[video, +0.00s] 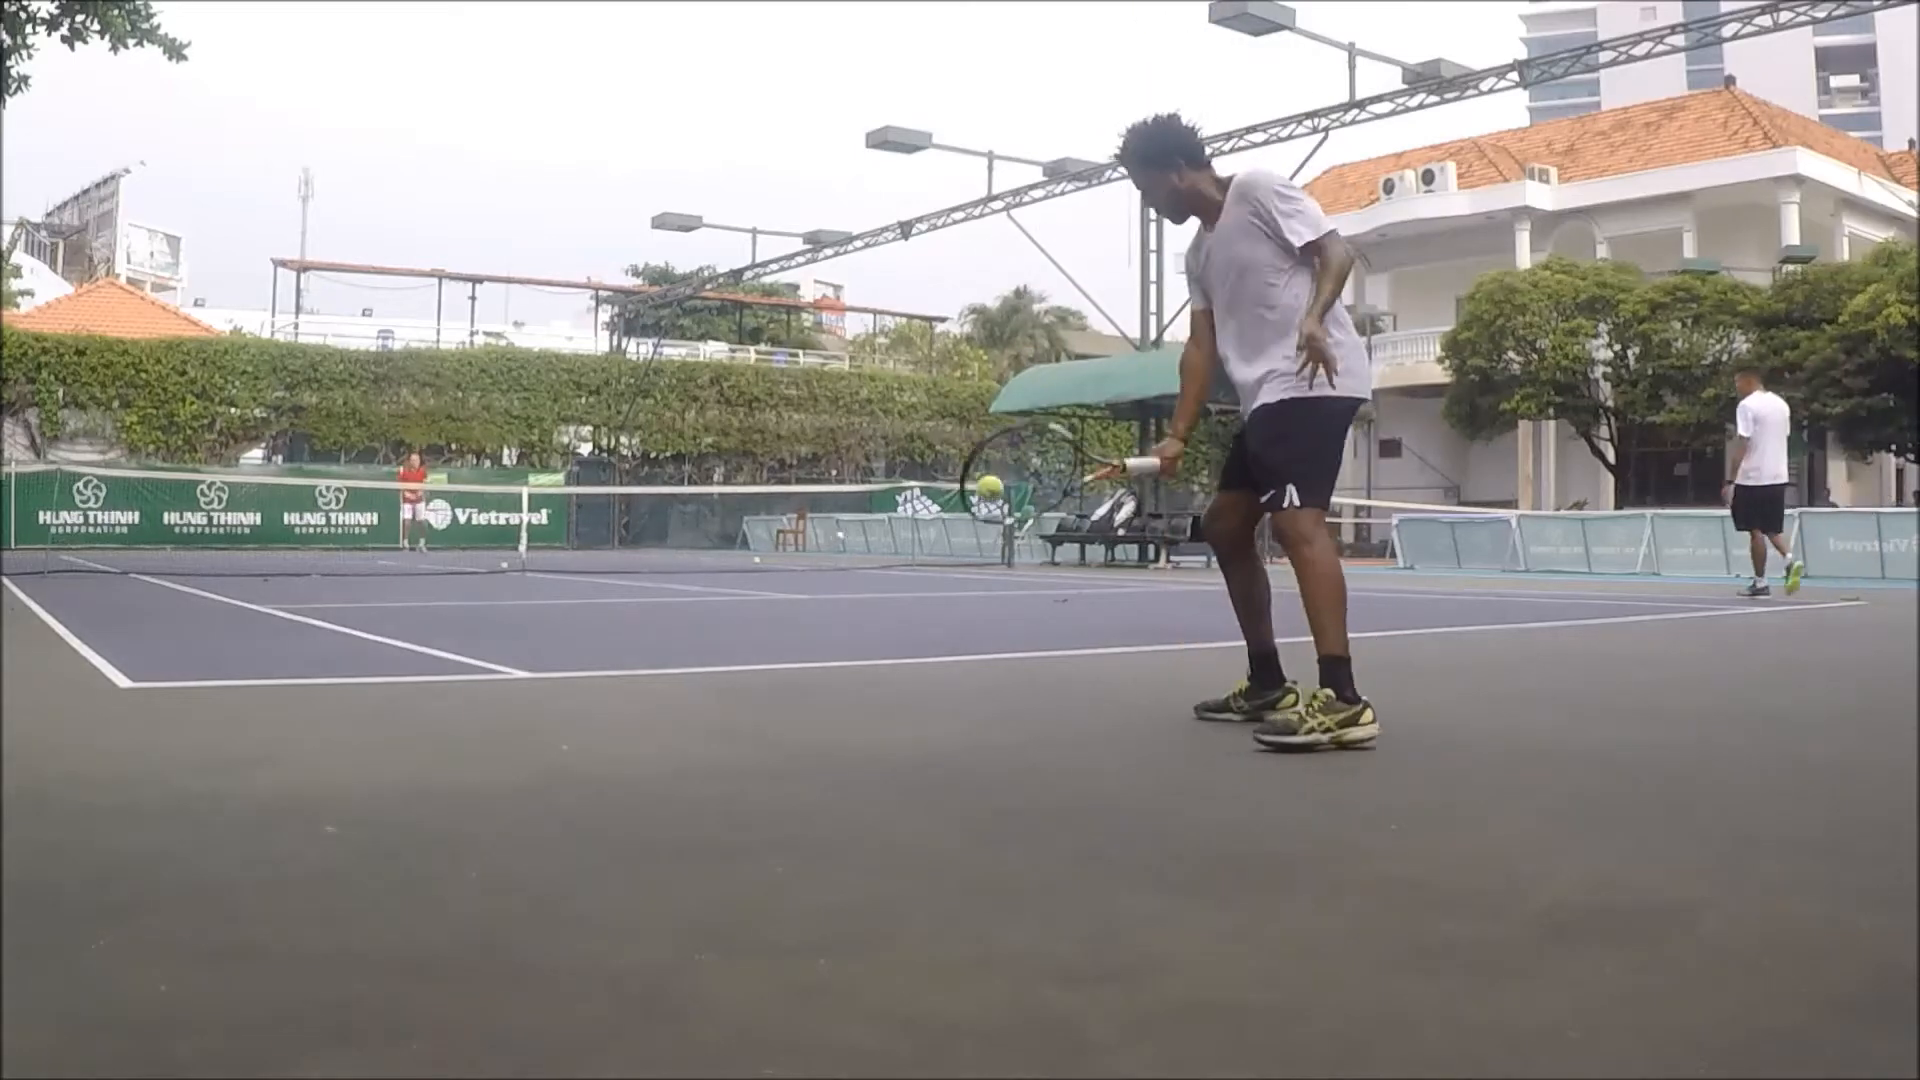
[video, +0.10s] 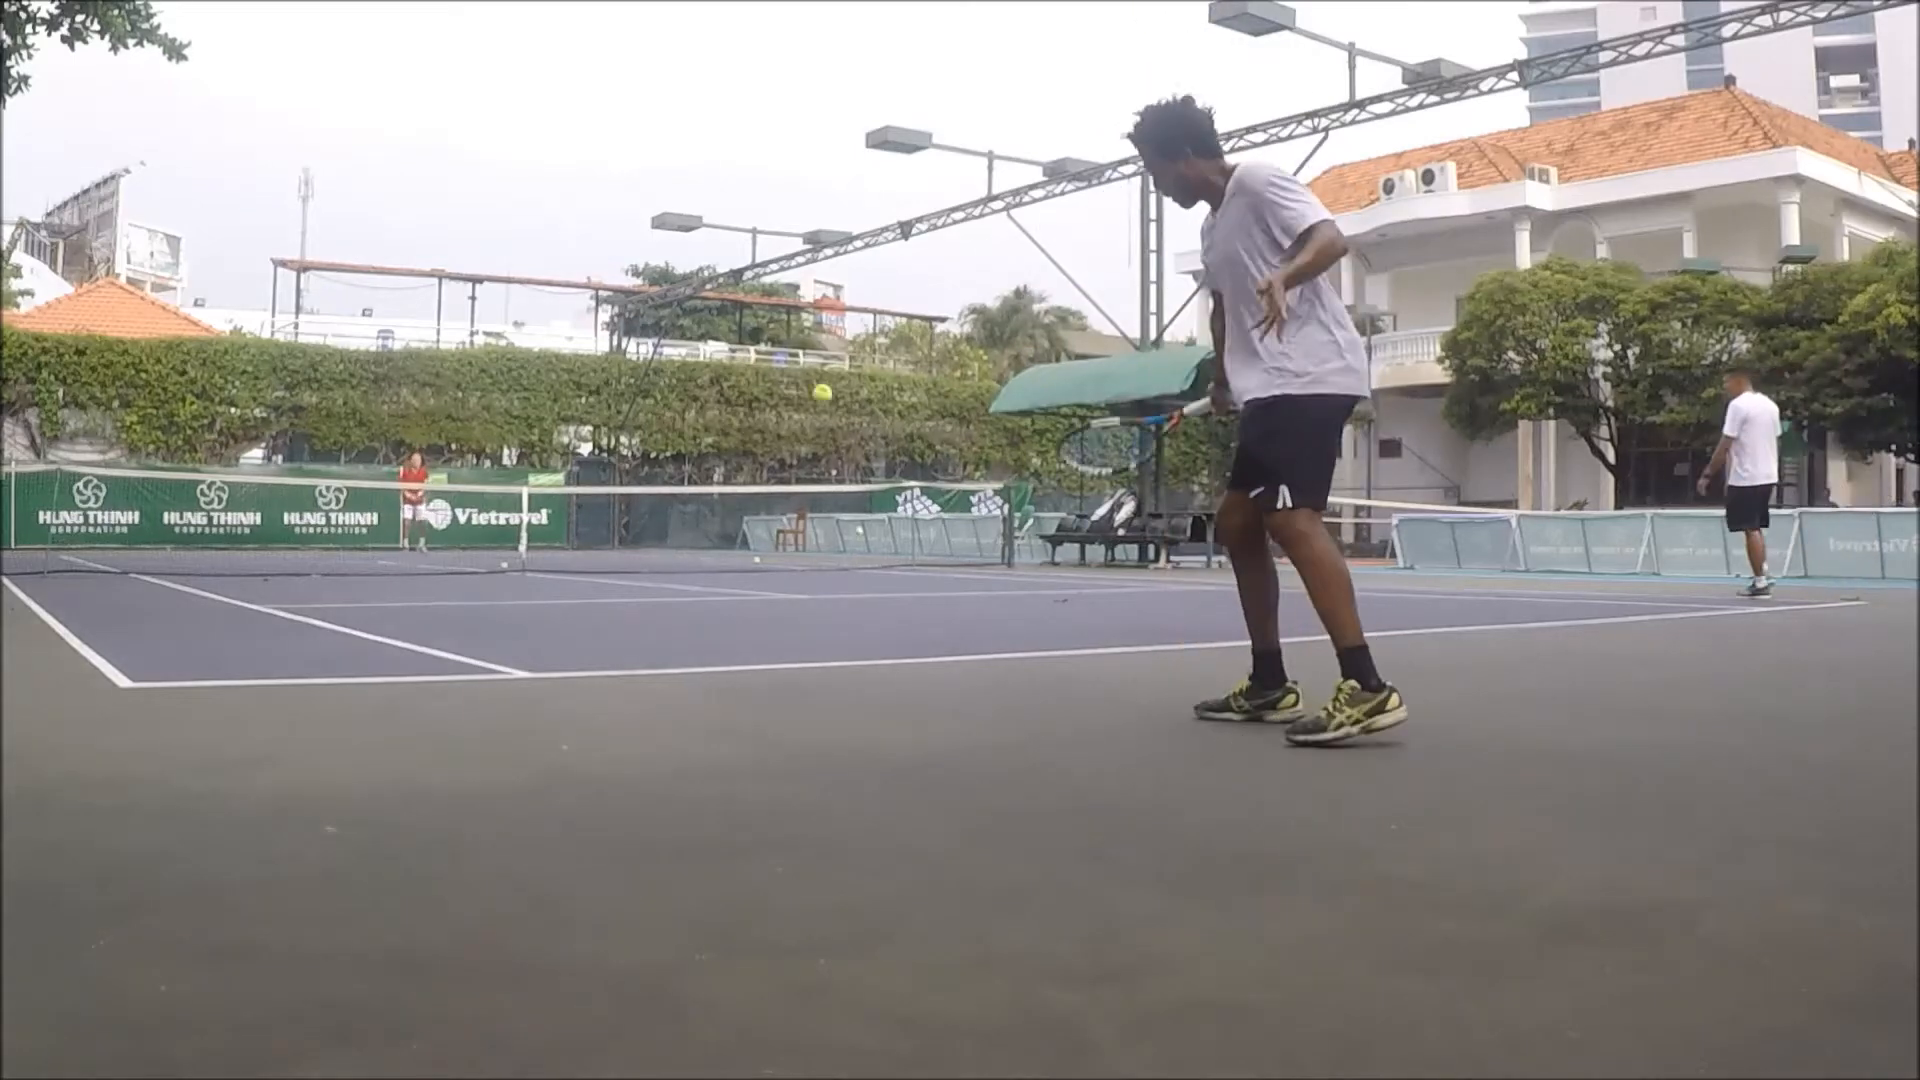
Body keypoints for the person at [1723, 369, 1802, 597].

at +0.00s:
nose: (1736, 387)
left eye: (1738, 382)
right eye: (1736, 383)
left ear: (1749, 382)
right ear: (1756, 381)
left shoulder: (1746, 405)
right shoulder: (1781, 403)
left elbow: (1742, 443)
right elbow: (1785, 436)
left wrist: (1732, 479)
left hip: (1753, 478)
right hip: (1777, 477)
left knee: (1756, 531)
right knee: (1772, 528)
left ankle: (1760, 582)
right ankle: (1790, 560)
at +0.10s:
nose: (1726, 388)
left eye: (1728, 383)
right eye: (1725, 384)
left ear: (1738, 383)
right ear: (1747, 383)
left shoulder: (1737, 405)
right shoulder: (1770, 405)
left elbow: (1725, 444)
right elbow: (1775, 438)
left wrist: (1707, 474)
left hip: (1746, 478)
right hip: (1767, 476)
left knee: (1751, 530)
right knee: (1756, 528)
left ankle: (1760, 581)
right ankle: (1763, 572)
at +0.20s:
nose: (1716, 390)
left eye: (1718, 385)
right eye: (1716, 386)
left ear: (1729, 386)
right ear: (1736, 386)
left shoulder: (1727, 408)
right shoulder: (1760, 408)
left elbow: (1713, 444)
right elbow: (1765, 447)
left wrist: (1691, 467)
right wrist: (1767, 479)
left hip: (1736, 480)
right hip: (1756, 479)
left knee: (1746, 532)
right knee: (1739, 531)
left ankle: (1759, 581)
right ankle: (1732, 576)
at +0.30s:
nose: (1704, 394)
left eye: (1707, 389)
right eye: (1704, 389)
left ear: (1719, 389)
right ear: (1725, 390)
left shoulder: (1717, 411)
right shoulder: (1747, 412)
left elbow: (1703, 446)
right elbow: (1754, 450)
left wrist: (1680, 464)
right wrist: (1759, 484)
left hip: (1726, 484)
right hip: (1743, 482)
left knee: (1740, 532)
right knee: (1725, 533)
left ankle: (1759, 579)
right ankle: (1711, 577)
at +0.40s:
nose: (1695, 395)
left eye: (1697, 390)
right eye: (1695, 391)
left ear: (1708, 390)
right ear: (1713, 391)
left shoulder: (1706, 413)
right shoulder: (1736, 415)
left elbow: (1695, 448)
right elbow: (1742, 453)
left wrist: (1672, 471)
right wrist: (1746, 486)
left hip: (1713, 486)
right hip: (1730, 485)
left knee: (1723, 533)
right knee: (1712, 533)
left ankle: (1752, 573)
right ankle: (1704, 580)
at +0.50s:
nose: (1684, 393)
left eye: (1687, 388)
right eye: (1685, 388)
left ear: (1698, 389)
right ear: (1703, 390)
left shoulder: (1695, 411)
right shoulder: (1723, 413)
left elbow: (1687, 446)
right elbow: (1725, 453)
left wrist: (1671, 478)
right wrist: (1727, 485)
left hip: (1698, 484)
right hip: (1719, 483)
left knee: (1694, 530)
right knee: (1709, 531)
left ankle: (1731, 560)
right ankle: (1703, 579)